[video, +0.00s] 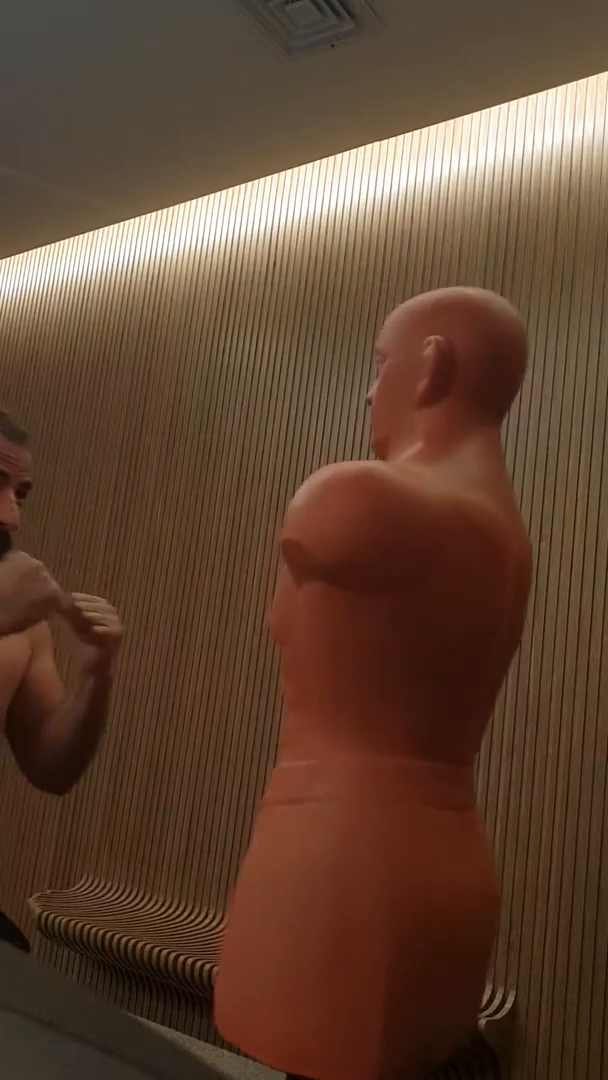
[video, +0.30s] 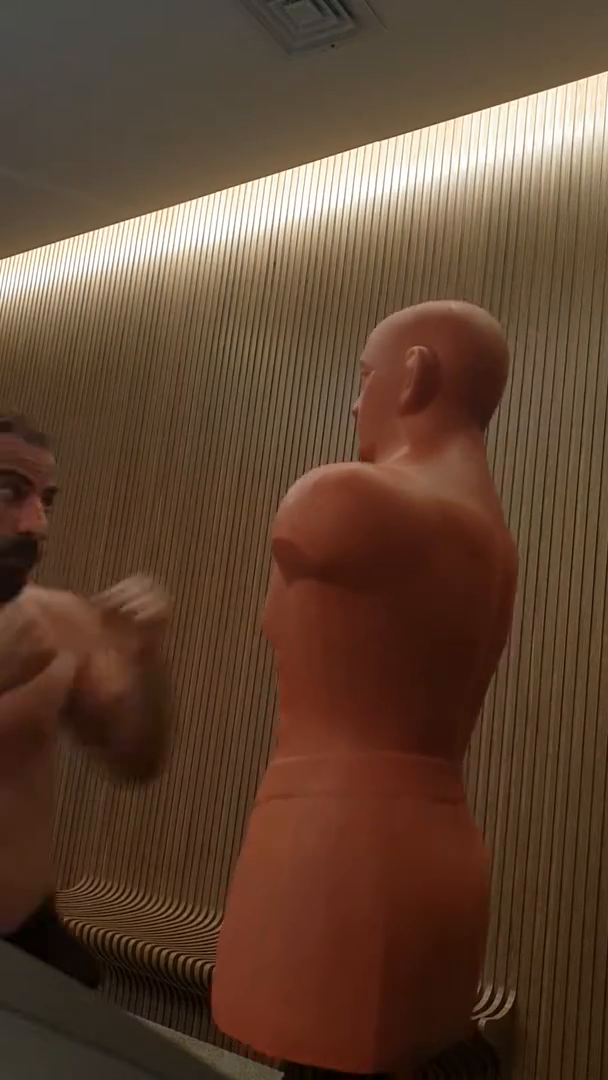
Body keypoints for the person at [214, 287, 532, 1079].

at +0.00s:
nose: (369, 390)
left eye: (383, 363)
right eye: (374, 365)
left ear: (434, 368)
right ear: (494, 393)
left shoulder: (348, 502)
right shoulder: (504, 538)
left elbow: (281, 623)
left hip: (337, 871)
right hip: (444, 860)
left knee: (295, 1064)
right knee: (404, 1065)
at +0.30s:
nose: (356, 401)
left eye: (366, 376)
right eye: (359, 379)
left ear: (417, 378)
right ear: (479, 401)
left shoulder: (344, 503)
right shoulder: (491, 542)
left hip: (334, 858)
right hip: (436, 850)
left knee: (312, 1063)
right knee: (401, 1063)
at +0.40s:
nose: (354, 406)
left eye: (362, 383)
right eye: (355, 386)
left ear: (410, 381)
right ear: (474, 403)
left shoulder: (344, 503)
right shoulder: (484, 536)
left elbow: (295, 526)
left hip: (335, 859)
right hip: (432, 848)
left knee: (320, 1063)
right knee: (395, 1063)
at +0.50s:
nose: (417, 394)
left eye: (429, 368)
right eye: (421, 370)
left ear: (481, 374)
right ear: (538, 395)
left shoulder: (401, 500)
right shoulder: (541, 540)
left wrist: (294, 556)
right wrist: (309, 570)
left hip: (363, 871)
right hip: (465, 863)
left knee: (322, 1062)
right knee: (412, 1066)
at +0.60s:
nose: (437, 388)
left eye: (452, 360)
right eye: (443, 362)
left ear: (507, 371)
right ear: (564, 397)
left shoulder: (413, 508)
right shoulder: (568, 552)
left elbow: (360, 541)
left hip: (367, 891)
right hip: (473, 882)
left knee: (315, 1064)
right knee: (427, 1067)